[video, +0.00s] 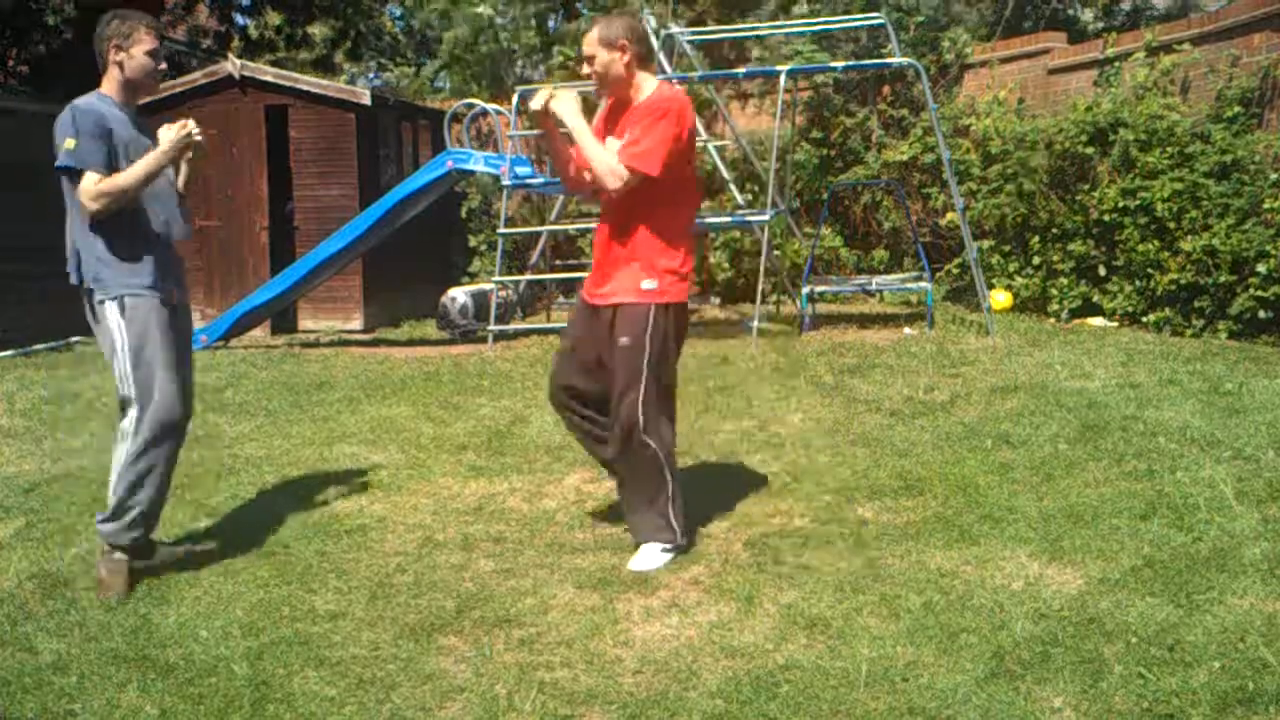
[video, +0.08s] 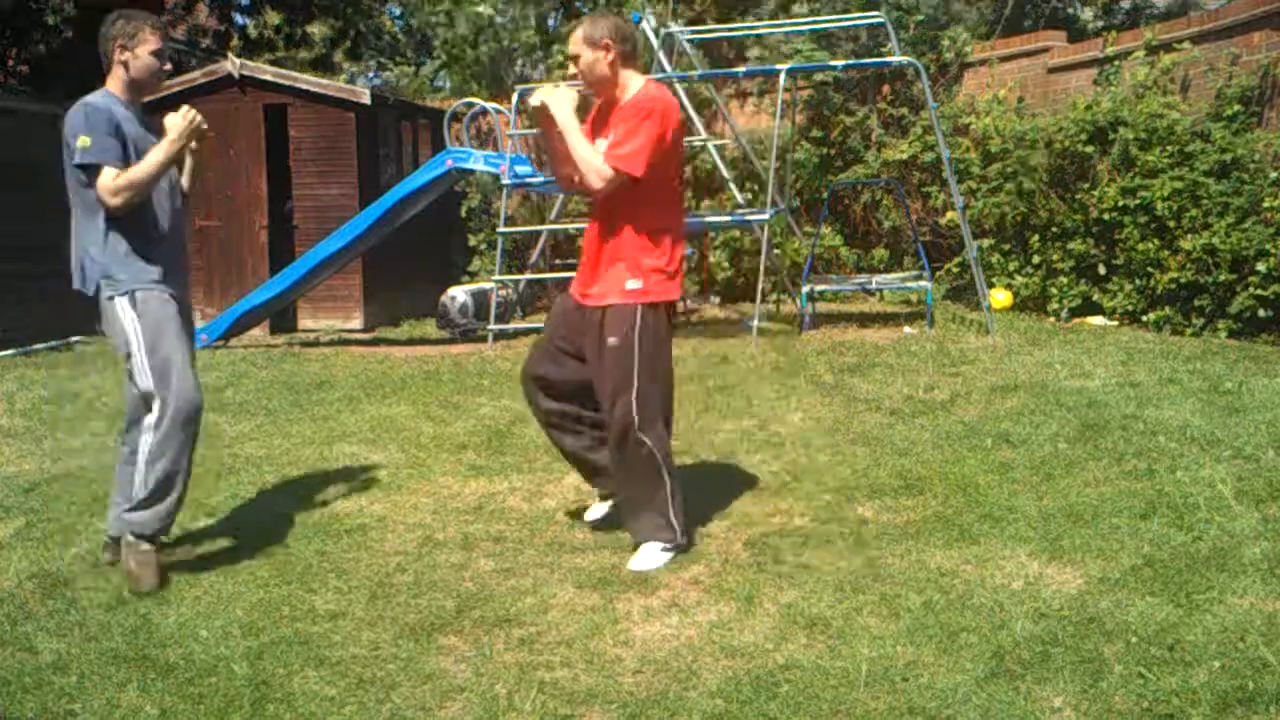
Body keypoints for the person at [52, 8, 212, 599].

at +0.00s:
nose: (163, 64)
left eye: (163, 54)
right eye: (154, 54)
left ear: (128, 57)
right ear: (118, 55)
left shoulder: (139, 125)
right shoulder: (85, 113)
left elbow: (164, 208)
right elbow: (94, 197)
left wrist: (183, 155)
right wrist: (164, 152)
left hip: (162, 284)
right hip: (123, 286)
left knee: (172, 409)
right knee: (157, 406)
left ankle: (138, 540)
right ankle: (117, 538)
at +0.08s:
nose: (166, 64)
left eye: (166, 55)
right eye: (158, 54)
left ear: (131, 57)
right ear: (123, 55)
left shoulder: (141, 121)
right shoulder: (92, 112)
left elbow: (171, 199)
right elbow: (112, 192)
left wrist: (187, 144)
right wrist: (171, 142)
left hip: (161, 279)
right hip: (130, 281)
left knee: (151, 406)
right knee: (180, 398)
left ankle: (123, 531)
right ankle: (142, 529)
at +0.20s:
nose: (177, 63)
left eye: (177, 53)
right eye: (168, 53)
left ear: (147, 57)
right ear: (133, 56)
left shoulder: (151, 116)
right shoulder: (110, 110)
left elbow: (181, 191)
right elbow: (142, 185)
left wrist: (194, 135)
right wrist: (190, 130)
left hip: (162, 276)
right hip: (141, 278)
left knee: (155, 404)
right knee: (204, 391)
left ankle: (126, 534)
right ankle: (207, 538)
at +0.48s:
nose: (207, 72)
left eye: (208, 61)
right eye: (199, 60)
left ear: (172, 64)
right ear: (163, 61)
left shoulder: (176, 124)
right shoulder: (137, 119)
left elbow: (212, 208)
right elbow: (173, 199)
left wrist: (242, 153)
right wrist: (208, 138)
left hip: (193, 285)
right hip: (180, 289)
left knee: (188, 413)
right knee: (247, 406)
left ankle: (131, 533)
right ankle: (276, 542)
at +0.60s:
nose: (219, 68)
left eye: (220, 58)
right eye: (209, 58)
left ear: (188, 62)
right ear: (173, 60)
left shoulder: (208, 123)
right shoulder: (136, 120)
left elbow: (278, 167)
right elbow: (149, 206)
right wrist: (195, 139)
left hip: (213, 284)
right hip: (187, 286)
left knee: (207, 410)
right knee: (251, 402)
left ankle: (136, 527)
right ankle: (273, 542)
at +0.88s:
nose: (220, 74)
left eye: (222, 64)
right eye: (210, 63)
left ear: (211, 66)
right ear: (173, 63)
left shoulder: (206, 129)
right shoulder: (140, 124)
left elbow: (267, 202)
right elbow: (172, 199)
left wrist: (278, 159)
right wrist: (207, 134)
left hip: (222, 282)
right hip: (195, 286)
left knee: (208, 409)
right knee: (270, 400)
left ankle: (133, 527)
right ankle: (278, 542)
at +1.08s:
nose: (216, 70)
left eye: (217, 61)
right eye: (205, 60)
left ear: (175, 65)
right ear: (168, 60)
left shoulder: (153, 114)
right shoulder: (157, 112)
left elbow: (203, 186)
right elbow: (206, 184)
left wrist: (229, 127)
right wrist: (230, 119)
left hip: (151, 288)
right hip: (180, 288)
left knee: (168, 411)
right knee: (237, 407)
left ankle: (116, 531)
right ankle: (273, 544)